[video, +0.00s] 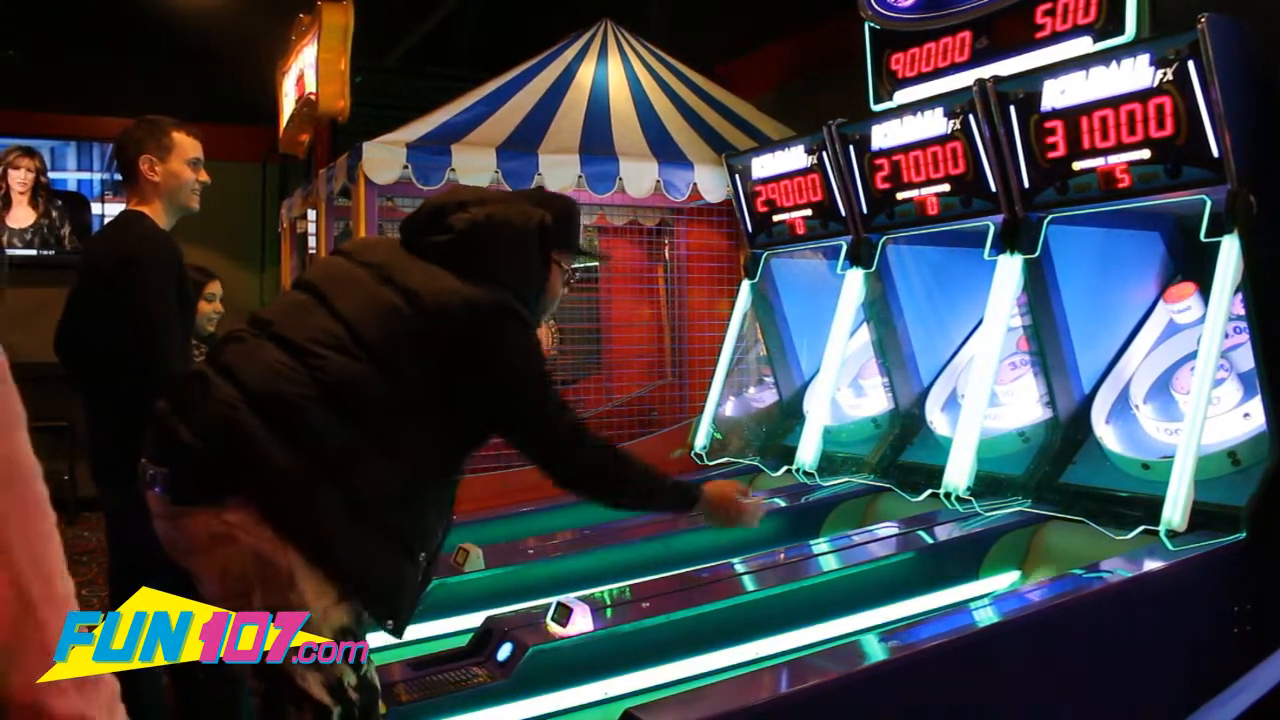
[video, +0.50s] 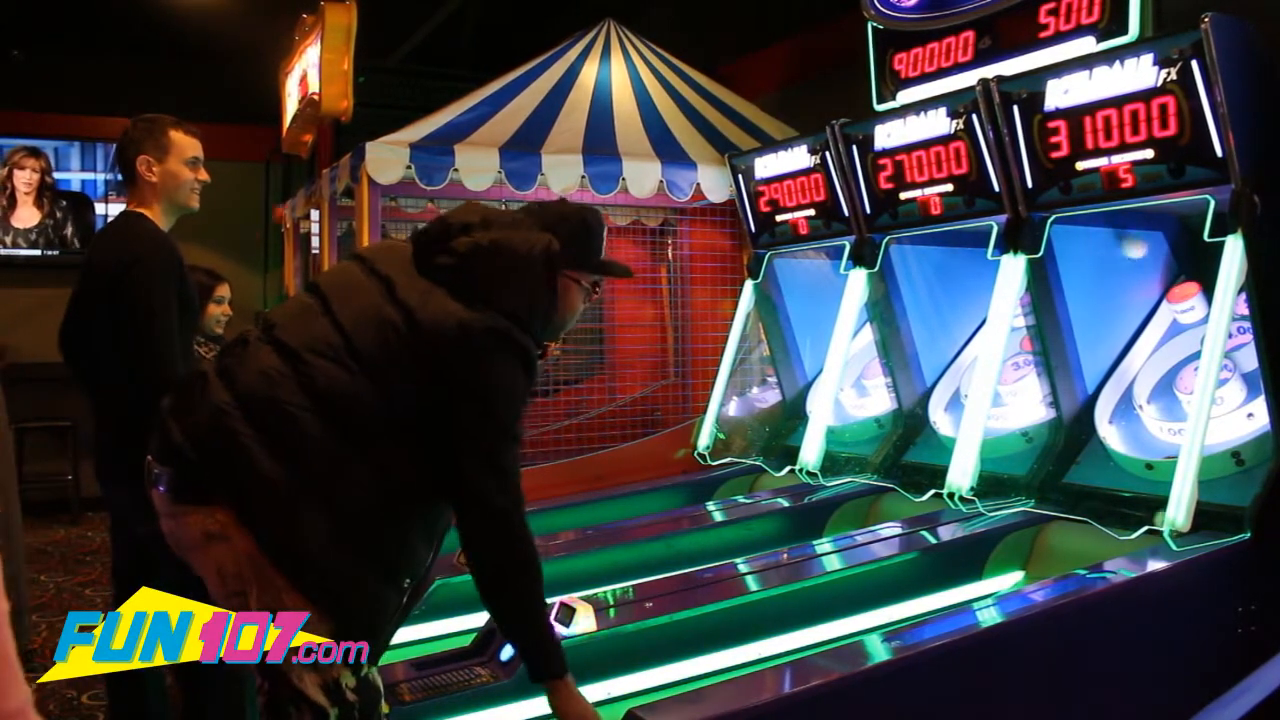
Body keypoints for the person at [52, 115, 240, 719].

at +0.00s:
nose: (204, 177)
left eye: (202, 164)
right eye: (194, 164)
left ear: (147, 172)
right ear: (150, 169)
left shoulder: (109, 241)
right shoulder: (153, 248)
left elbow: (70, 343)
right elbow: (168, 364)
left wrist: (117, 397)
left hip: (115, 447)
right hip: (150, 454)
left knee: (133, 583)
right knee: (165, 590)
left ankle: (140, 700)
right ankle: (170, 702)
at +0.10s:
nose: (204, 177)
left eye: (202, 165)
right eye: (193, 164)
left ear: (147, 172)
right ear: (150, 169)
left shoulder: (109, 241)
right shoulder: (153, 248)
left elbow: (70, 342)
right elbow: (167, 364)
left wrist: (116, 397)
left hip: (115, 446)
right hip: (150, 453)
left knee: (133, 581)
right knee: (164, 588)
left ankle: (138, 700)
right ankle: (168, 703)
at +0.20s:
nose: (203, 177)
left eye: (202, 165)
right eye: (193, 164)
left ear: (147, 171)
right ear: (149, 168)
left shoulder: (110, 241)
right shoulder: (152, 248)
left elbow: (70, 341)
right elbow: (166, 363)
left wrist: (116, 397)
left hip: (116, 447)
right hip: (149, 454)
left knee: (133, 584)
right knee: (165, 591)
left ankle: (132, 703)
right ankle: (166, 703)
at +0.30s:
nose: (204, 177)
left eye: (202, 165)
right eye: (193, 164)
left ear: (147, 171)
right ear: (150, 168)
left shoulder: (113, 241)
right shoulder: (151, 248)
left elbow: (71, 341)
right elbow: (166, 363)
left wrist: (120, 397)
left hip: (118, 447)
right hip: (149, 455)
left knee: (136, 585)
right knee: (165, 591)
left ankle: (133, 703)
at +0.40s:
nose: (205, 176)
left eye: (203, 164)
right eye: (194, 163)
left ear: (148, 171)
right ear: (150, 168)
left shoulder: (112, 241)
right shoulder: (154, 248)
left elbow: (73, 341)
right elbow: (167, 365)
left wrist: (118, 402)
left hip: (119, 447)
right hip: (152, 453)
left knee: (135, 589)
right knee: (172, 594)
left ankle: (133, 704)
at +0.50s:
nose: (204, 176)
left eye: (203, 164)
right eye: (193, 163)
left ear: (147, 171)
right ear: (149, 168)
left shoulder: (113, 241)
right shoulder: (151, 250)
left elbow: (74, 341)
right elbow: (166, 367)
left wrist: (119, 408)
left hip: (120, 449)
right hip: (151, 456)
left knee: (137, 594)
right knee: (171, 596)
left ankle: (135, 705)